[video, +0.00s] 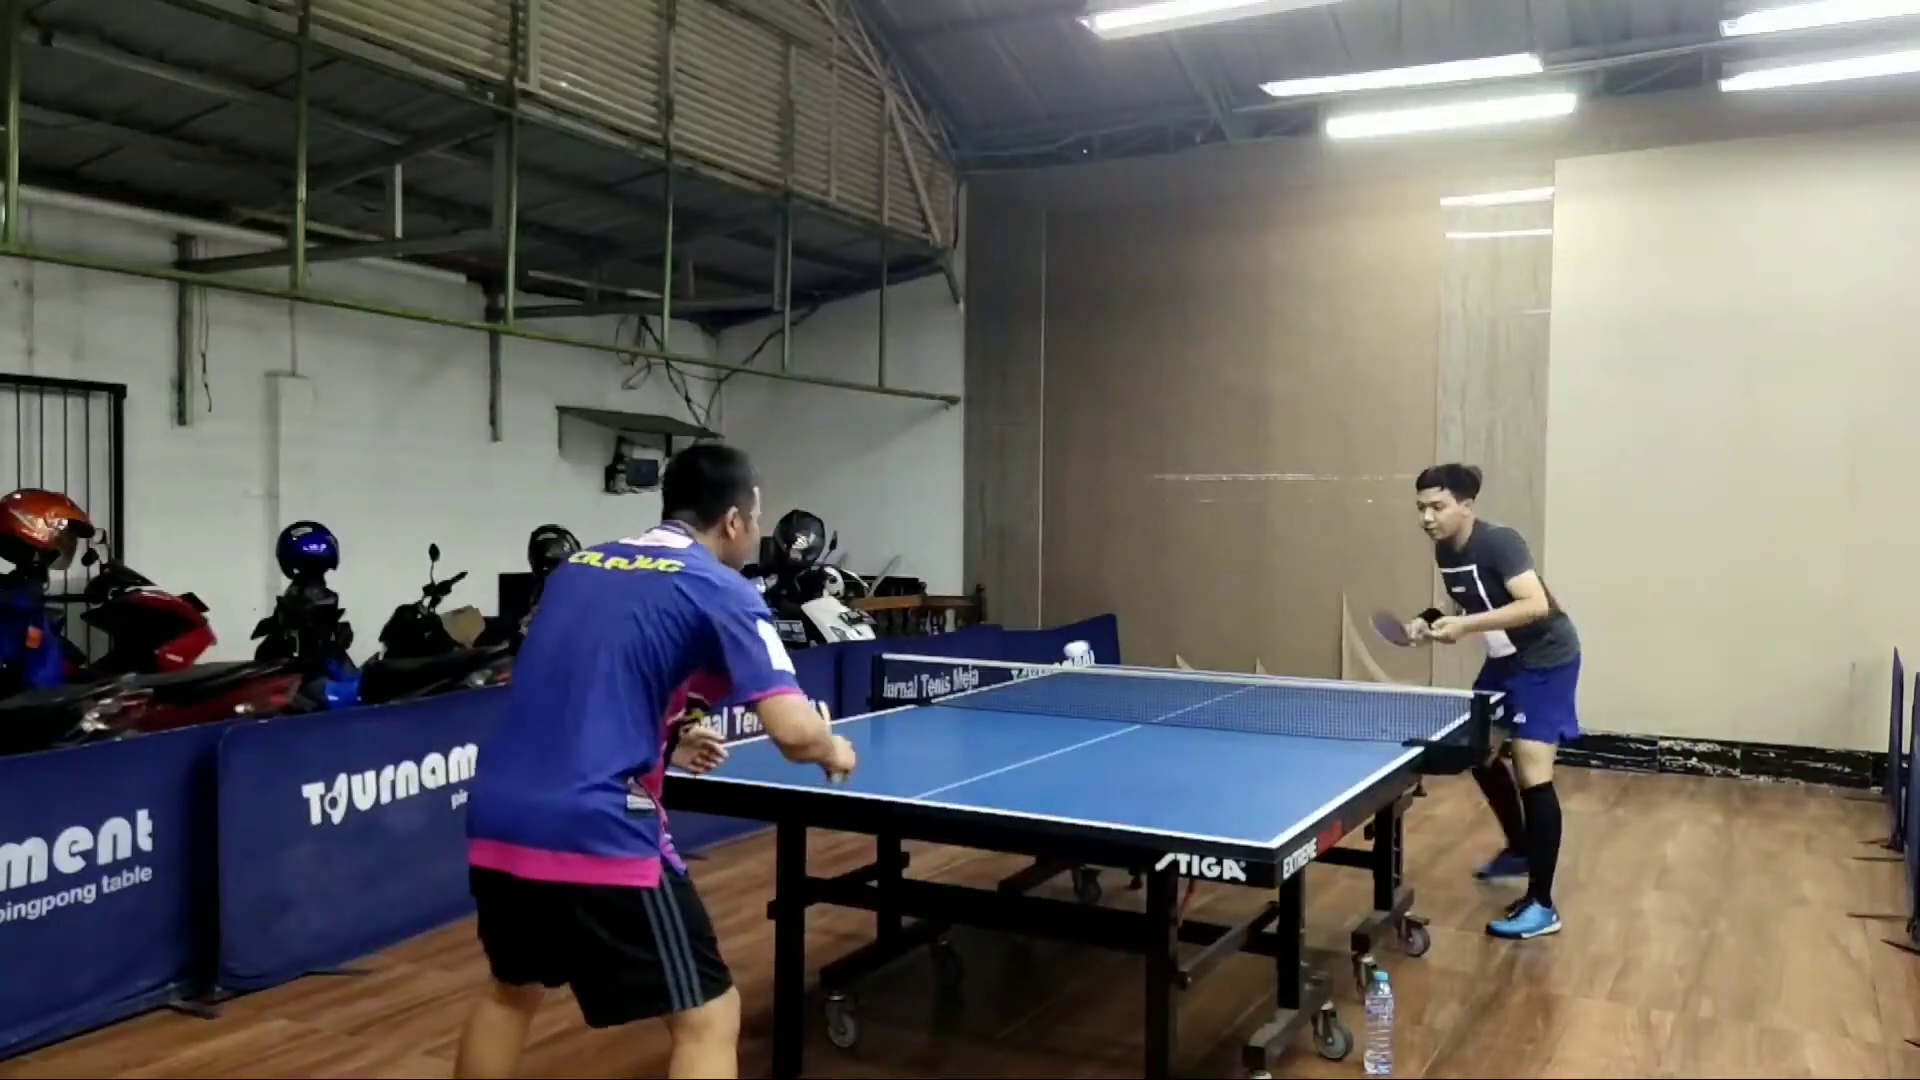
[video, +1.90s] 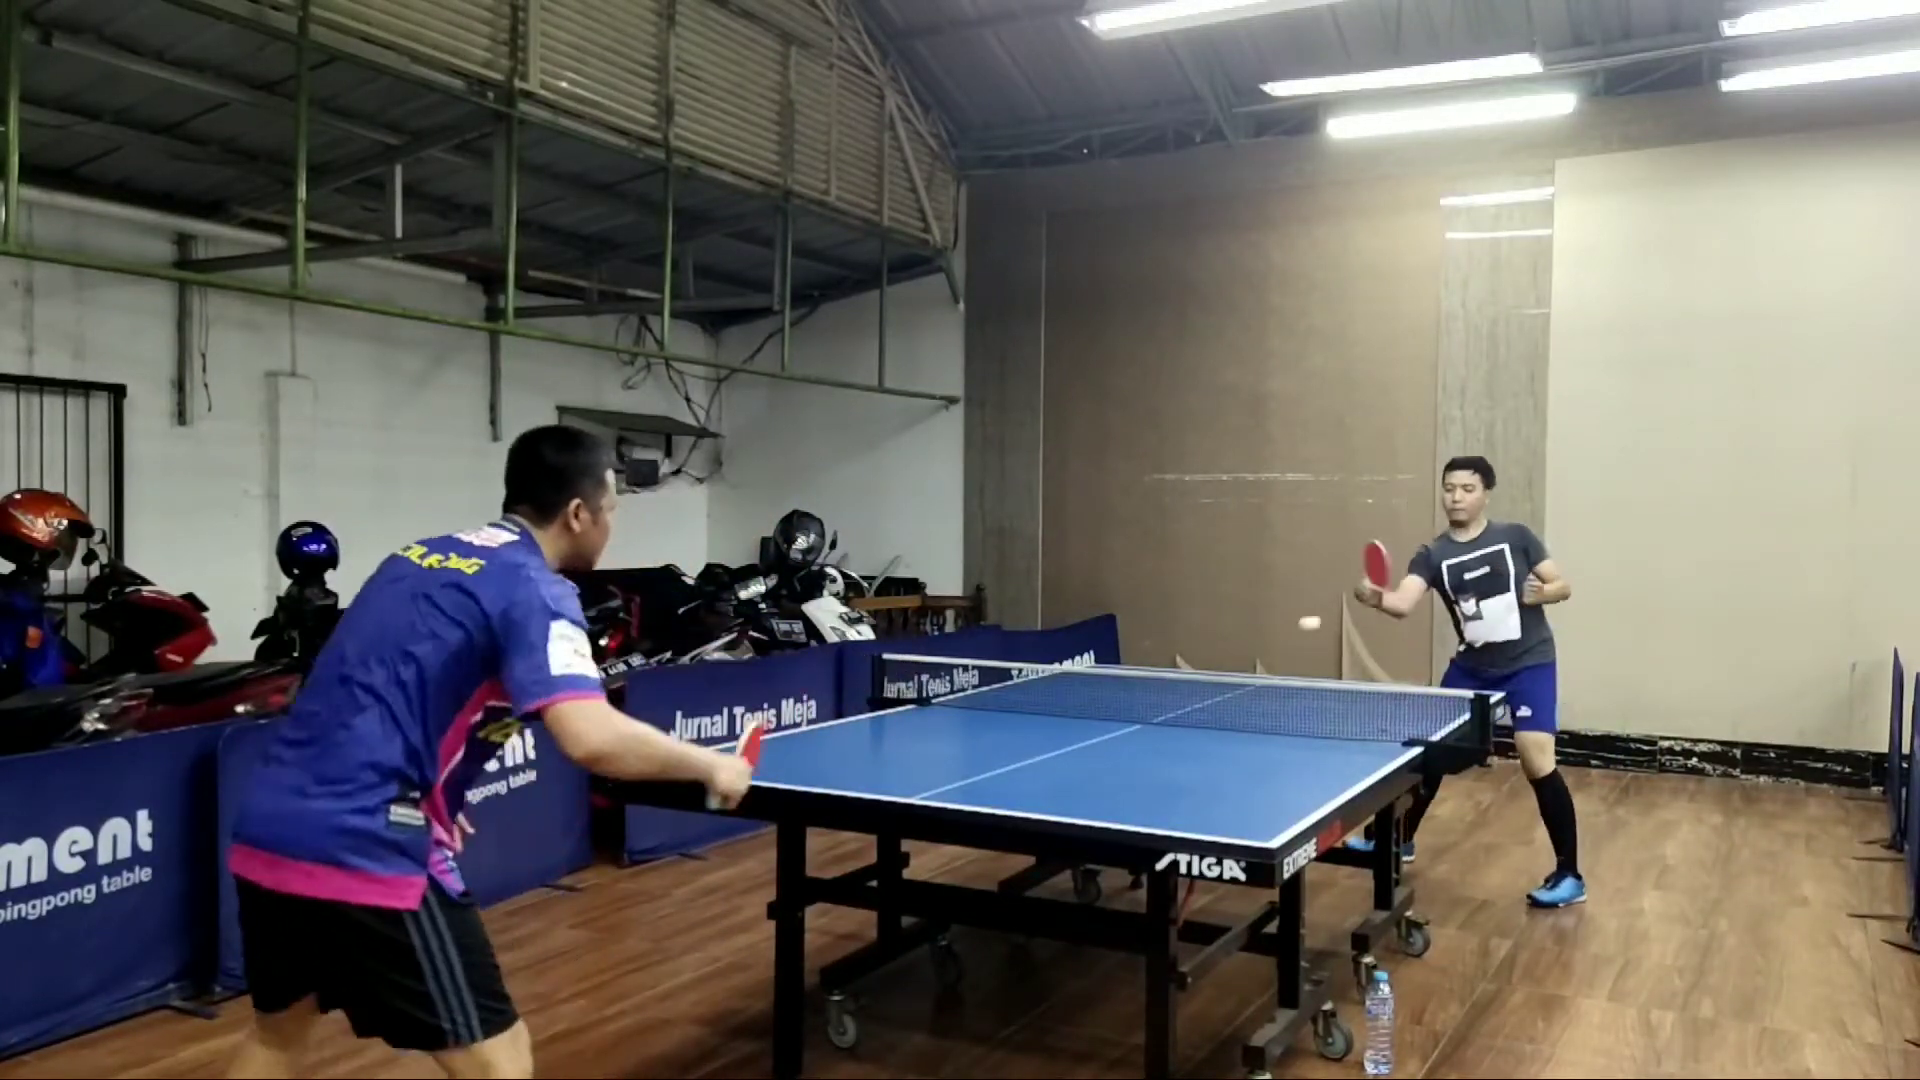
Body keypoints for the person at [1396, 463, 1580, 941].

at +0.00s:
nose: (1427, 517)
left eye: (1436, 506)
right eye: (1422, 509)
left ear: (1465, 505)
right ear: (1423, 511)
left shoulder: (1500, 543)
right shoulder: (1446, 551)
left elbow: (1537, 606)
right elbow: (1472, 606)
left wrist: (1466, 624)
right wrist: (1434, 621)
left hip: (1545, 659)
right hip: (1502, 660)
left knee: (1531, 767)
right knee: (1476, 750)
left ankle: (1542, 903)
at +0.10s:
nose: (1419, 519)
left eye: (1429, 510)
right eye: (1414, 511)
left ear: (1459, 510)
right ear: (1413, 513)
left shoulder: (1489, 548)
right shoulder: (1431, 557)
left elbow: (1514, 613)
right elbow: (1440, 617)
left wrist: (1440, 619)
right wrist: (1398, 620)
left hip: (1523, 670)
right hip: (1477, 667)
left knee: (1525, 775)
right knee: (1442, 751)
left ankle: (1541, 904)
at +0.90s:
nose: (1455, 516)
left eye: (1464, 506)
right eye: (1447, 507)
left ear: (1487, 506)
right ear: (1441, 510)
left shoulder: (1515, 550)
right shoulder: (1435, 561)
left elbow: (1552, 606)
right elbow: (1402, 617)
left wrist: (1511, 613)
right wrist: (1381, 601)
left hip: (1515, 675)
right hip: (1459, 674)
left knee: (1517, 763)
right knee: (1399, 738)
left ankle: (1564, 881)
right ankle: (1389, 844)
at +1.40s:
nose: (1436, 498)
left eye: (1446, 490)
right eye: (1429, 491)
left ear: (1467, 494)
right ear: (1423, 497)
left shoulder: (1491, 538)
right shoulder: (1419, 551)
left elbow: (1516, 595)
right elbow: (1398, 609)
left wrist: (1461, 613)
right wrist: (1354, 612)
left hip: (1491, 669)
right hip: (1437, 668)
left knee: (1509, 765)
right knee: (1396, 737)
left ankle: (1563, 873)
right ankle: (1413, 836)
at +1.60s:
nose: (1412, 527)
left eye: (1421, 519)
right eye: (1405, 520)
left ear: (1443, 522)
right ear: (1400, 526)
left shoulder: (1466, 560)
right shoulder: (1413, 577)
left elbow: (1487, 615)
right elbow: (1412, 636)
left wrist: (1434, 610)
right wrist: (1394, 654)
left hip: (1487, 682)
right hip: (1439, 681)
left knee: (1489, 781)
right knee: (1382, 738)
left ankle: (1561, 874)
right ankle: (1389, 835)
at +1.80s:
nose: (1441, 509)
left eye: (1451, 501)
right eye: (1434, 502)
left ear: (1471, 505)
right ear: (1428, 508)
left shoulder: (1500, 545)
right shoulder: (1422, 567)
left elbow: (1542, 595)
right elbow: (1402, 630)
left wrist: (1502, 593)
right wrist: (1413, 640)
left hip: (1511, 670)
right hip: (1454, 671)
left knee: (1515, 762)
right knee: (1401, 744)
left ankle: (1566, 874)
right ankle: (1388, 838)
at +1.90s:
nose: (1456, 496)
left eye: (1467, 489)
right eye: (1449, 489)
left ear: (1486, 495)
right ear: (1442, 496)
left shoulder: (1516, 537)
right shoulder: (1434, 555)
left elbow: (1561, 585)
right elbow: (1403, 603)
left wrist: (1544, 592)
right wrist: (1376, 596)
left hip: (1528, 663)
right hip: (1472, 664)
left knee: (1536, 758)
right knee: (1428, 750)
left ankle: (1568, 875)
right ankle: (1398, 838)